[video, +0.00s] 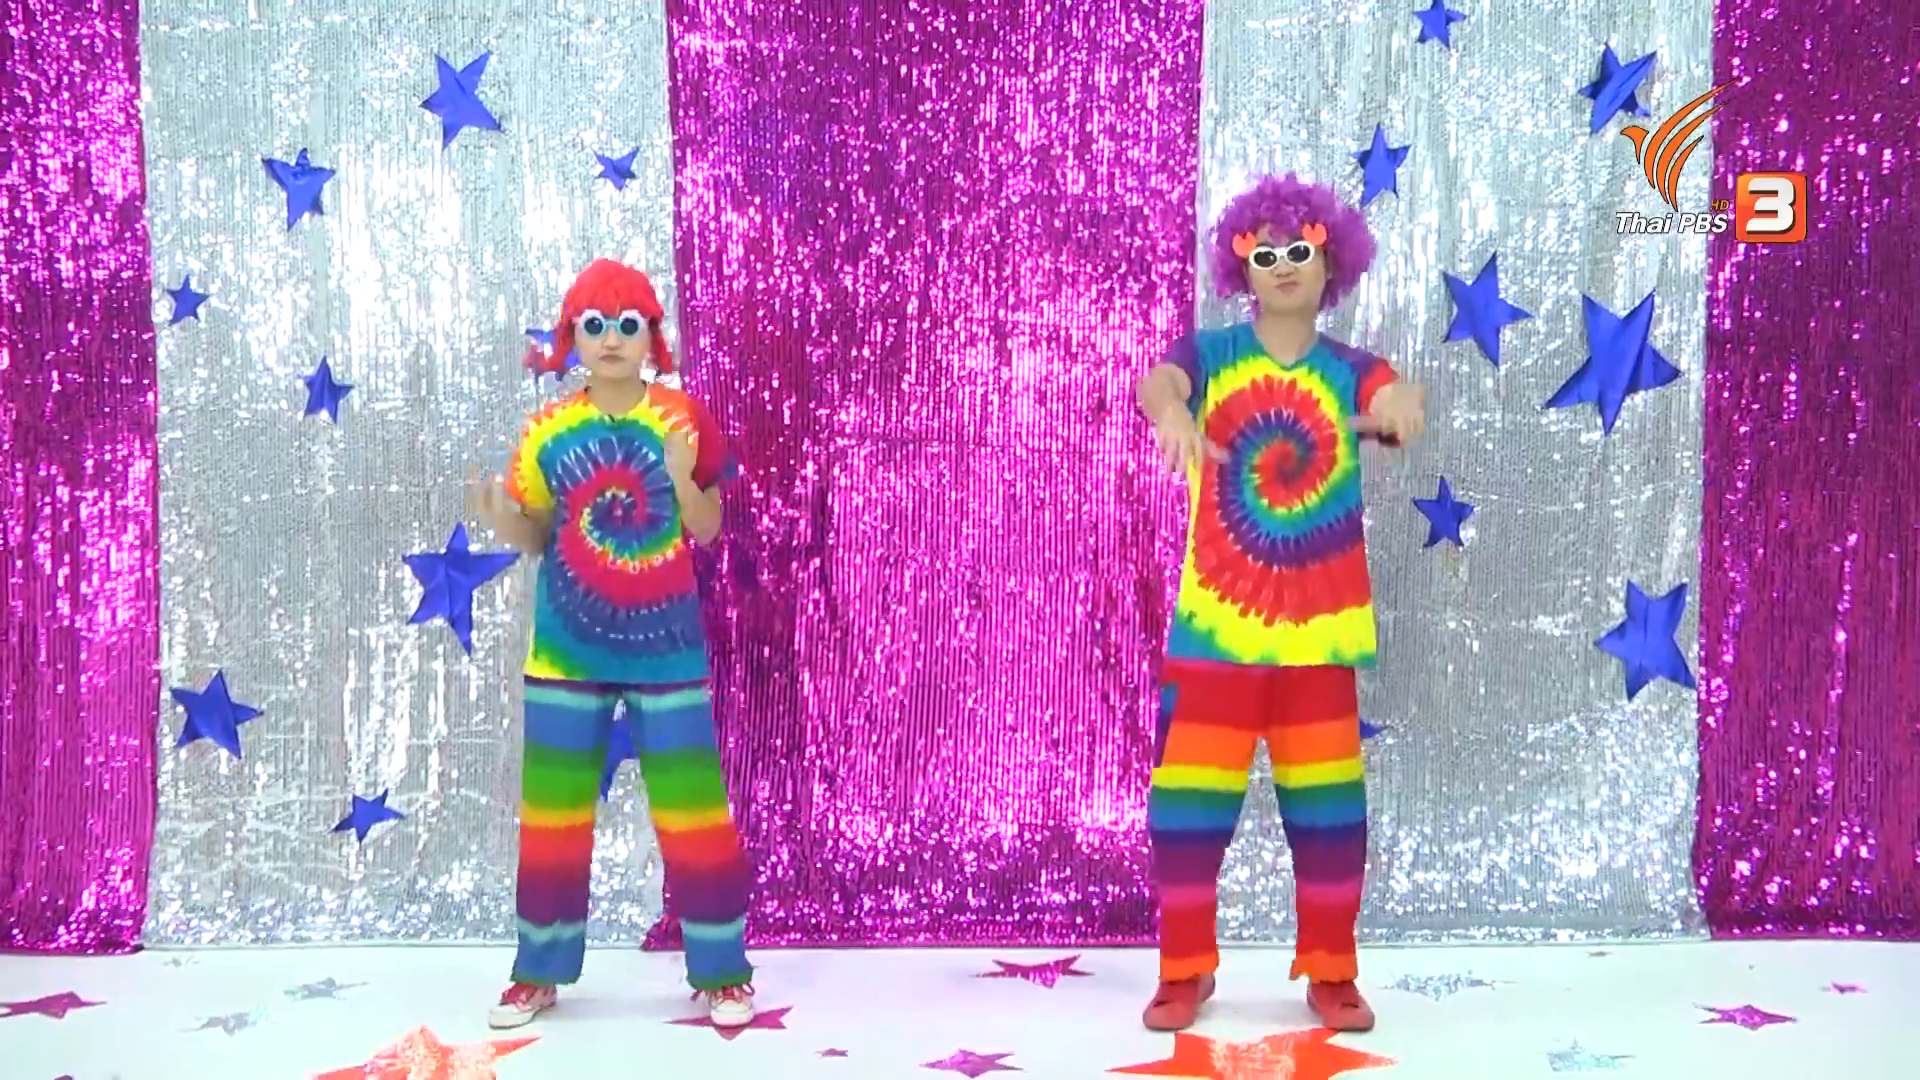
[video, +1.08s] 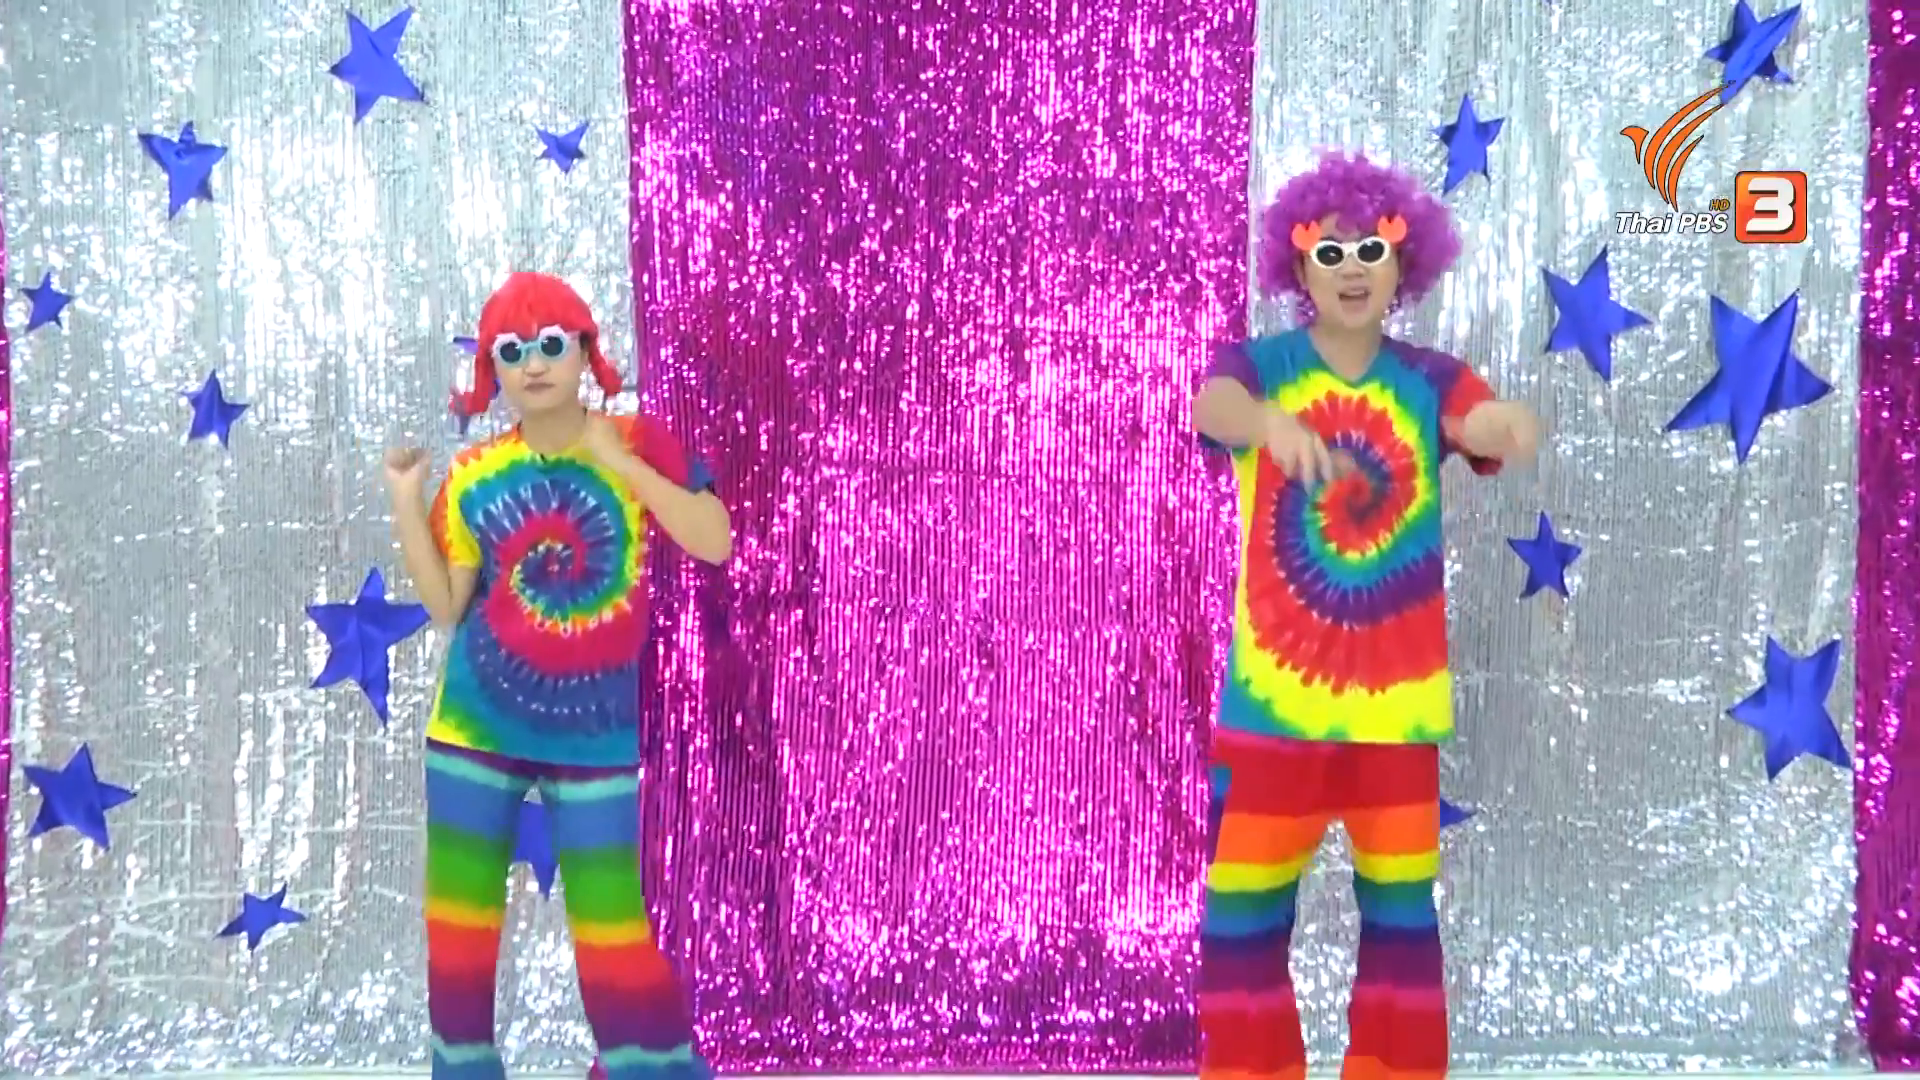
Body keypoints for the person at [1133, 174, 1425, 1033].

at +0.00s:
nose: (1284, 264)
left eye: (1301, 249)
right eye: (1266, 251)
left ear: (1329, 271)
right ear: (1243, 273)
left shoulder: (1352, 368)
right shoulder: (1210, 351)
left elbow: (1387, 404)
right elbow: (1160, 384)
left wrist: (1402, 400)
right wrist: (1171, 411)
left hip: (1320, 632)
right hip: (1215, 630)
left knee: (1329, 808)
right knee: (1189, 805)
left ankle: (1332, 974)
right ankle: (1184, 971)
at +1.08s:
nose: (1352, 269)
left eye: (1372, 250)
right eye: (1330, 252)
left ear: (1401, 268)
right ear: (1299, 271)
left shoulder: (1433, 377)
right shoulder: (1261, 367)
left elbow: (1510, 433)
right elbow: (1209, 408)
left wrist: (1510, 431)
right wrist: (1275, 424)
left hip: (1398, 697)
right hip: (1276, 694)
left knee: (1402, 903)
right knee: (1245, 903)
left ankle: (1397, 1068)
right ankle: (1246, 1069)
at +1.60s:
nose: (1326, 291)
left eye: (1348, 272)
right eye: (1304, 273)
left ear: (1381, 292)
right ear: (1273, 295)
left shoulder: (1429, 404)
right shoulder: (1236, 406)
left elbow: (1513, 457)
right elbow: (1161, 463)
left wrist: (1473, 407)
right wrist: (1162, 445)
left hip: (1406, 751)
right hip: (1271, 753)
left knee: (1424, 987)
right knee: (1268, 995)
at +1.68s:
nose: (1311, 318)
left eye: (1333, 298)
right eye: (1288, 300)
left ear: (1366, 317)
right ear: (1256, 321)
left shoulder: (1422, 425)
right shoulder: (1223, 437)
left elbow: (1501, 494)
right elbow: (1159, 499)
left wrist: (1452, 492)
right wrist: (1143, 523)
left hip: (1402, 791)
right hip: (1264, 794)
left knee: (1428, 1021)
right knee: (1256, 1031)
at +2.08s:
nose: (1389, 313)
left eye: (1410, 292)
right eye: (1364, 295)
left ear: (1444, 310)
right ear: (1330, 317)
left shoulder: (1490, 431)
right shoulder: (1291, 433)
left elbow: (1596, 469)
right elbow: (1184, 473)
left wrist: (1571, 404)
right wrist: (1220, 443)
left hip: (1461, 801)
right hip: (1322, 801)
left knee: (1474, 1042)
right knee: (1312, 1040)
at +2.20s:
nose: (1431, 330)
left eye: (1452, 308)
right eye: (1406, 312)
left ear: (1489, 324)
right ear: (1373, 330)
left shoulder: (1529, 452)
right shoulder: (1322, 439)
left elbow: (1633, 535)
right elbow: (1232, 509)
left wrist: (1595, 471)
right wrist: (1304, 497)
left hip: (1482, 816)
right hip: (1345, 812)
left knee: (1486, 1049)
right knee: (1326, 1047)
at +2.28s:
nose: (1454, 349)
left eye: (1475, 326)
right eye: (1428, 330)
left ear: (1514, 341)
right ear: (1395, 349)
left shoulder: (1560, 476)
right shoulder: (1335, 465)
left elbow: (1635, 588)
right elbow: (1263, 560)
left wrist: (1603, 597)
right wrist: (1357, 613)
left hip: (1501, 853)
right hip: (1358, 847)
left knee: (1505, 1061)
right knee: (1324, 1060)